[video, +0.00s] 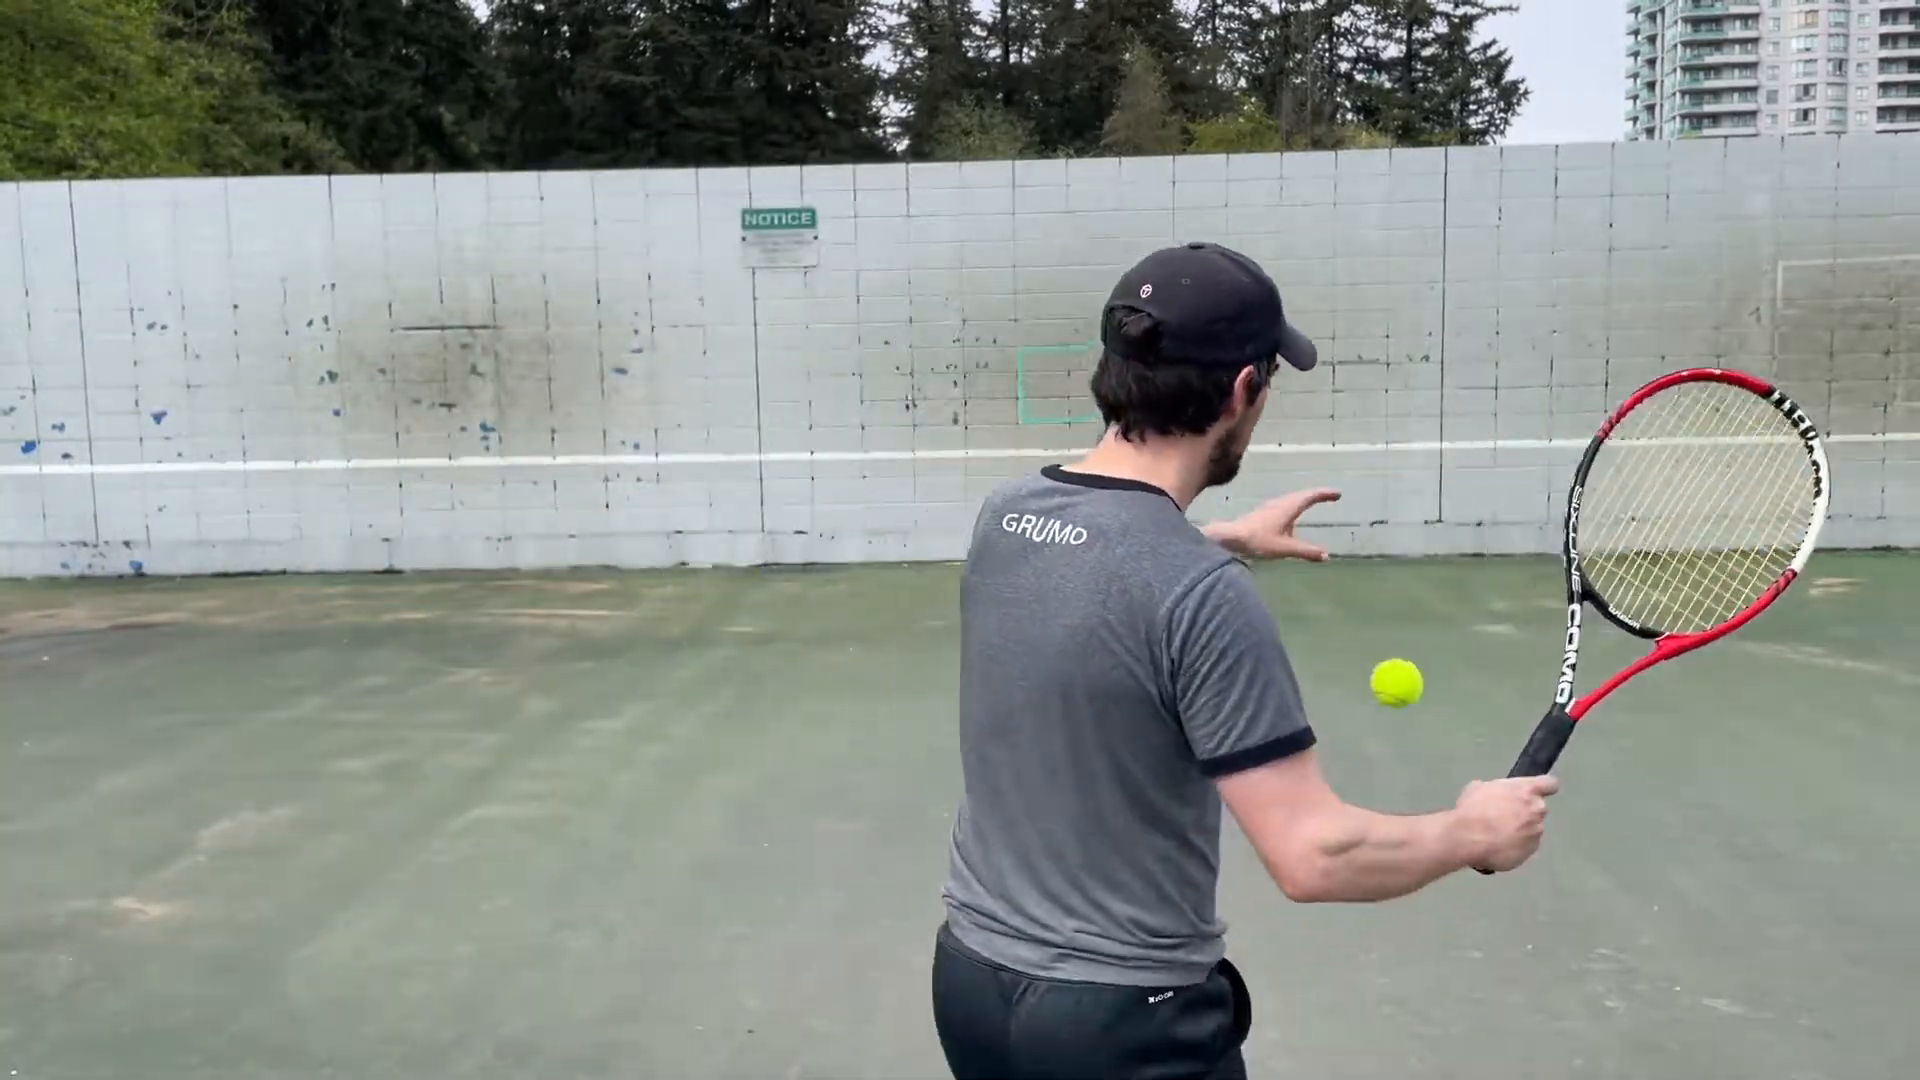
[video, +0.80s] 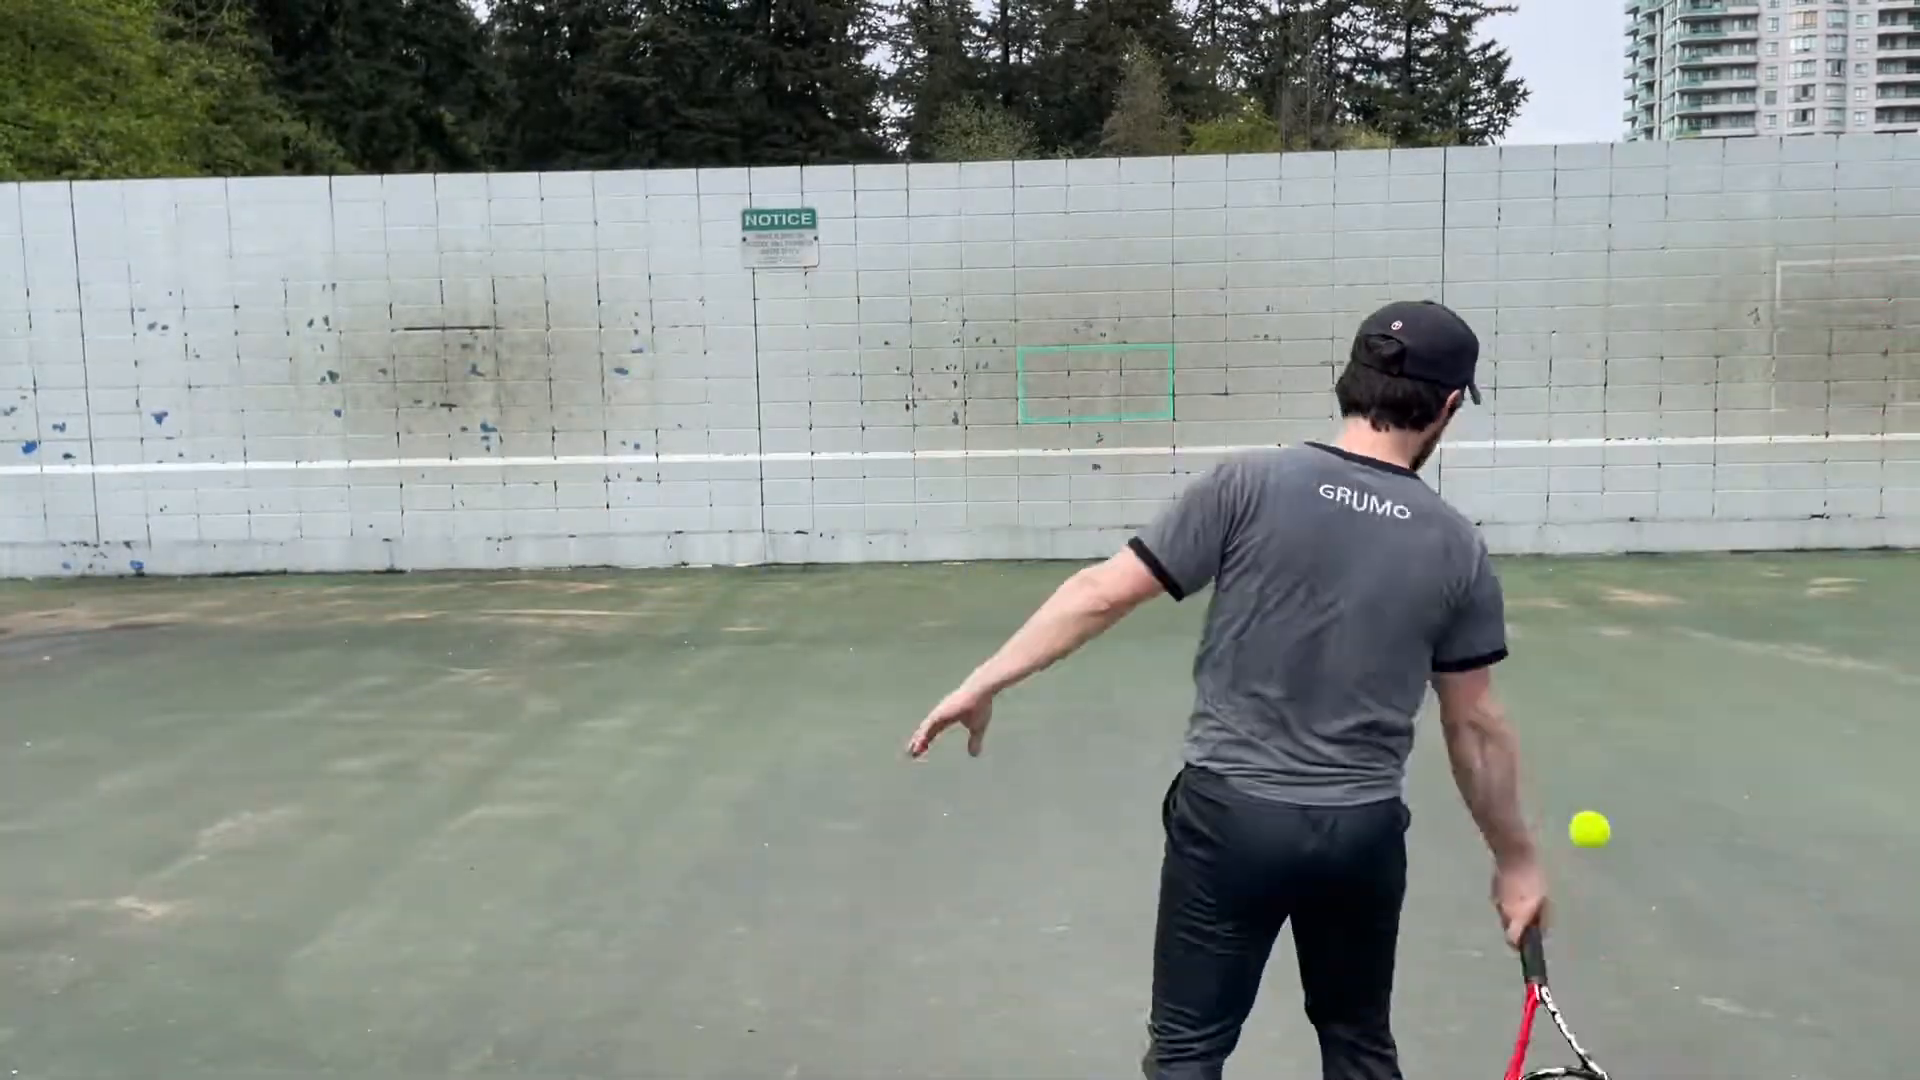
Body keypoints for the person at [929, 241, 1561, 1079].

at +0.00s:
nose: (1266, 396)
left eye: (1268, 376)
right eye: (1267, 377)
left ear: (1120, 366)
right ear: (1240, 392)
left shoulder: (1005, 517)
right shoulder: (1199, 589)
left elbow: (1098, 567)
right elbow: (1312, 854)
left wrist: (1229, 538)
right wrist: (1469, 832)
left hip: (972, 985)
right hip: (1129, 1018)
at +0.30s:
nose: (1323, 451)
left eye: (1329, 432)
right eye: (1327, 431)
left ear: (1200, 413)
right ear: (1300, 434)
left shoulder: (1090, 515)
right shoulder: (1217, 573)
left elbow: (1154, 492)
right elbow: (1285, 761)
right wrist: (1537, 755)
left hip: (1037, 929)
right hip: (1165, 968)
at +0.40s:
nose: (1359, 463)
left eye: (1367, 442)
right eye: (1365, 440)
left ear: (1243, 416)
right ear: (1338, 439)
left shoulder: (1119, 513)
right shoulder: (1258, 555)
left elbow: (1073, 531)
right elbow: (1296, 724)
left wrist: (1182, 496)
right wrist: (1528, 753)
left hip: (1065, 905)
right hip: (1206, 935)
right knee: (1293, 1061)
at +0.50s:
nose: (1403, 450)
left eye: (1412, 433)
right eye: (1410, 430)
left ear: (1292, 404)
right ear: (1387, 428)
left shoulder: (1169, 486)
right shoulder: (1318, 542)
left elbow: (1055, 516)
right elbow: (1354, 699)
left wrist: (1068, 518)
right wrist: (1545, 786)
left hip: (1106, 870)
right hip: (1242, 899)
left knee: (1116, 1070)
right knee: (1295, 1064)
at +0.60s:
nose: (1441, 457)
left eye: (1443, 439)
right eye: (1444, 439)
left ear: (1328, 418)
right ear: (1427, 441)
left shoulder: (1206, 493)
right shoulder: (1379, 557)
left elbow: (1056, 519)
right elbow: (1436, 720)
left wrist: (983, 538)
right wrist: (1568, 867)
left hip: (1157, 867)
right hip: (1293, 889)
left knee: (1142, 1070)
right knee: (1337, 1064)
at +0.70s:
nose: (1461, 454)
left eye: (1465, 436)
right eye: (1465, 439)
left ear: (1353, 417)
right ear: (1448, 441)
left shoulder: (1238, 493)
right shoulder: (1433, 571)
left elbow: (1074, 555)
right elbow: (1490, 765)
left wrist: (953, 597)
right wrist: (1569, 941)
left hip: (1197, 858)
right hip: (1334, 872)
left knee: (1171, 1063)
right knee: (1356, 1048)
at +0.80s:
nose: (1460, 411)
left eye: (1462, 394)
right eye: (1464, 397)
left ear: (1351, 380)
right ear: (1447, 406)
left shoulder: (1247, 485)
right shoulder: (1452, 543)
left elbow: (1104, 592)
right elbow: (1475, 724)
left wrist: (984, 682)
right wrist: (1516, 858)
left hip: (1227, 824)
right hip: (1358, 838)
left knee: (1186, 1047)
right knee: (1359, 1038)